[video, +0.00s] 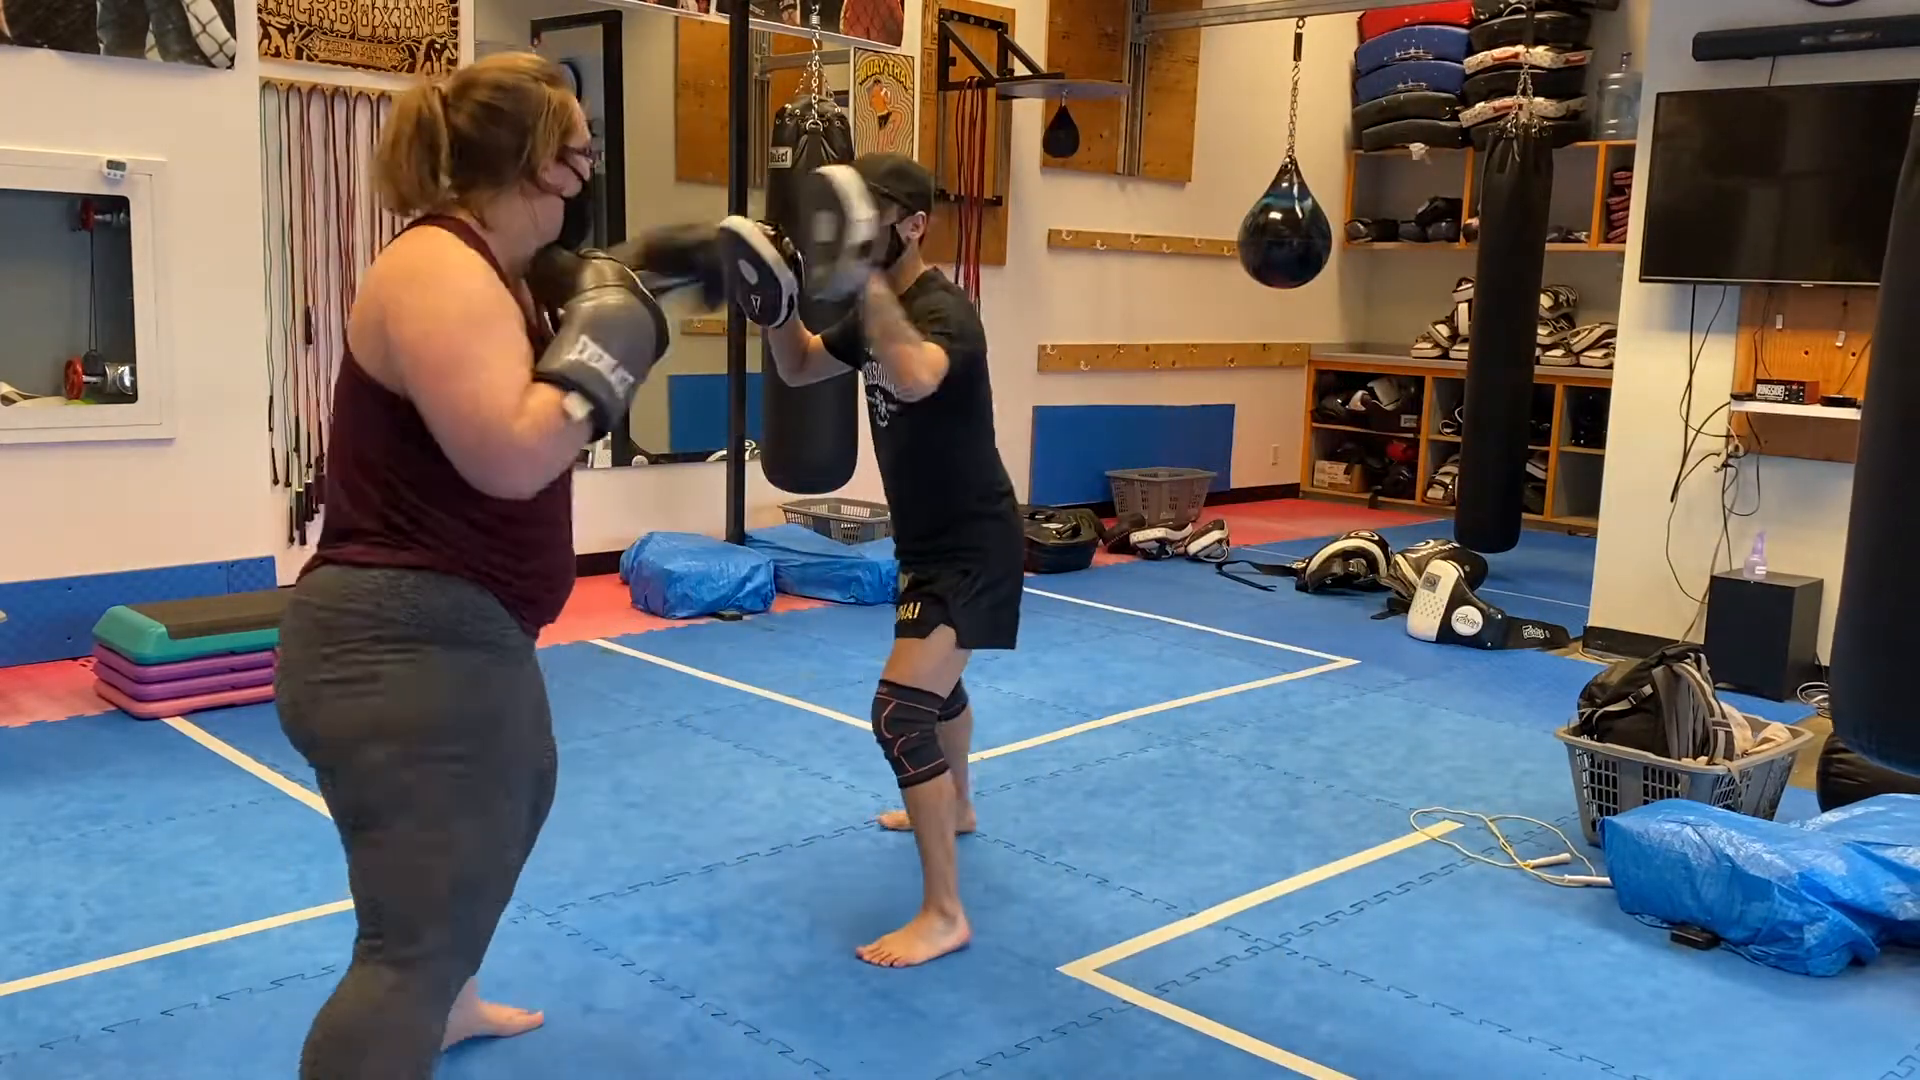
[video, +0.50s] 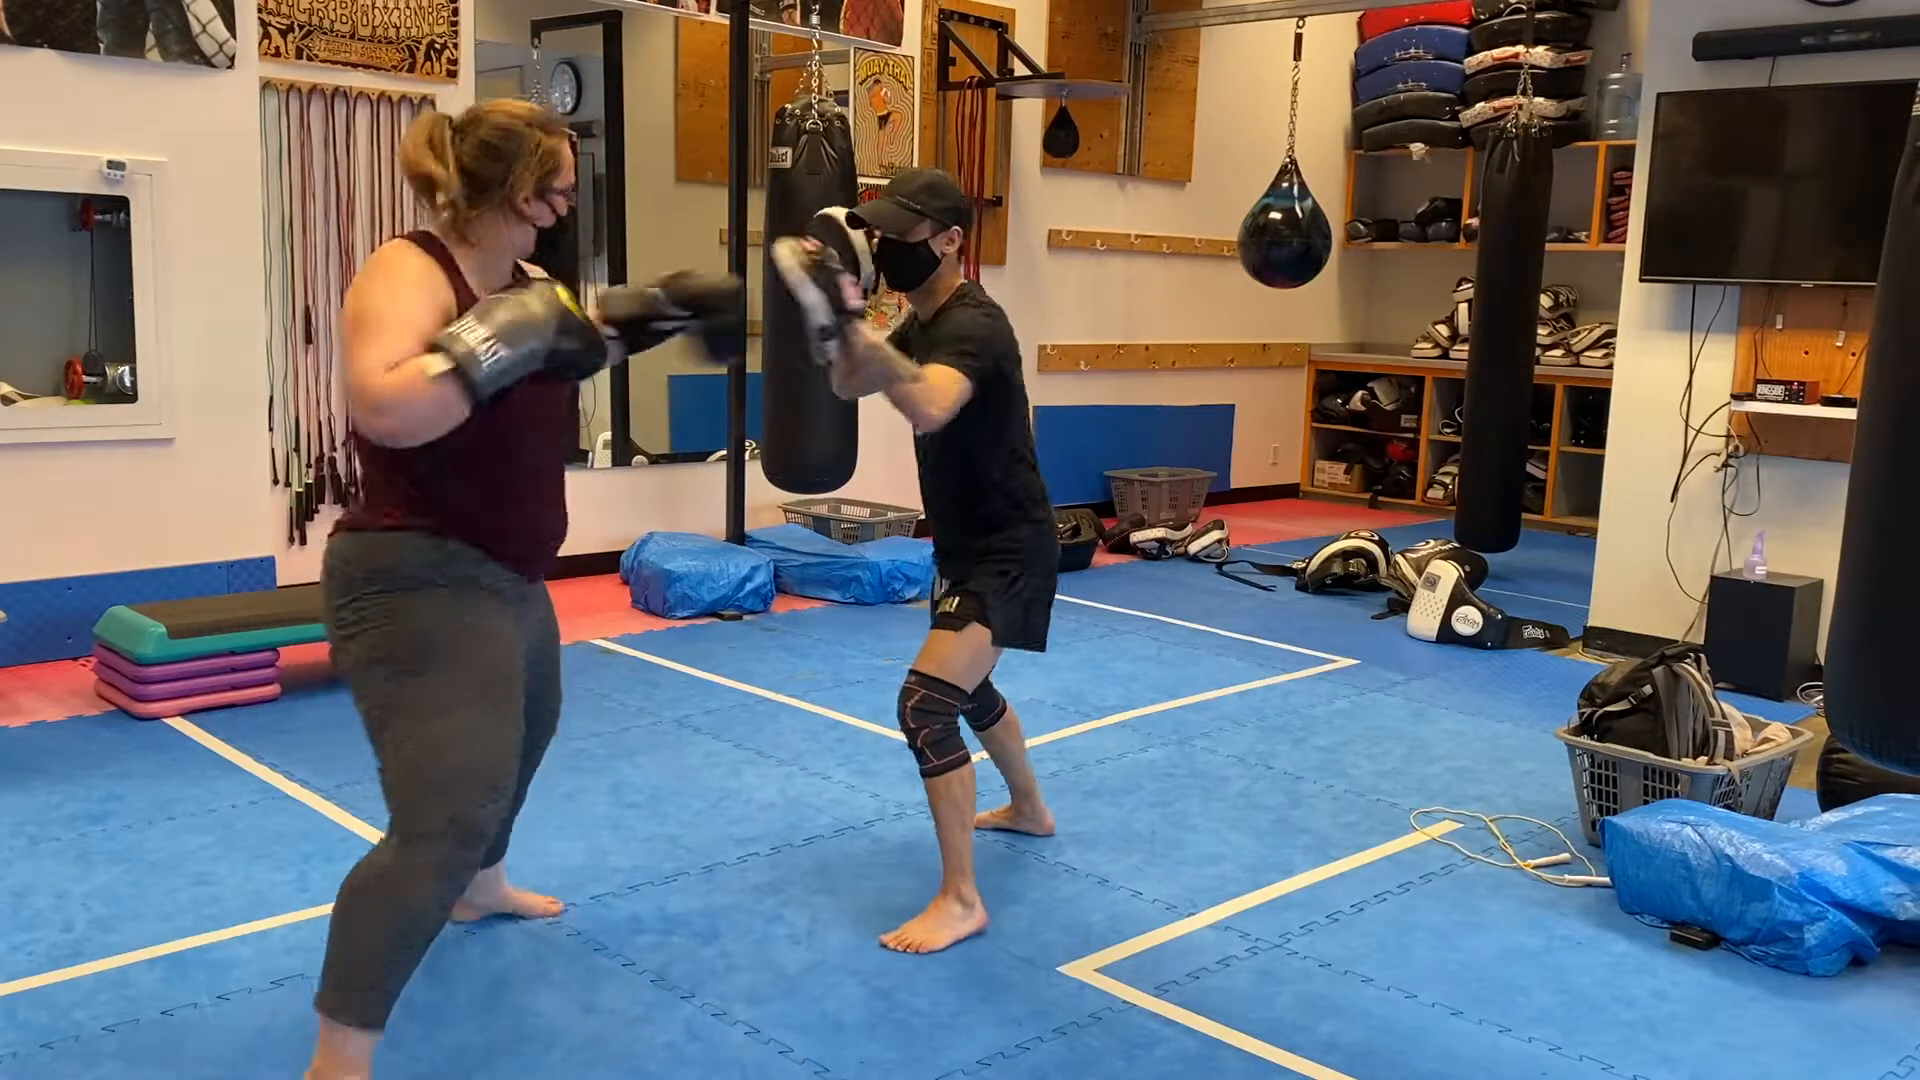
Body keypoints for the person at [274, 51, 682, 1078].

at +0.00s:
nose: (583, 171)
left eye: (582, 151)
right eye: (569, 152)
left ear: (506, 162)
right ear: (514, 162)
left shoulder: (498, 271)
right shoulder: (433, 272)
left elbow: (589, 291)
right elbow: (513, 456)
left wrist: (681, 263)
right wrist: (600, 358)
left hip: (465, 629)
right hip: (399, 638)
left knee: (510, 790)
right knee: (411, 952)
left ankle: (444, 997)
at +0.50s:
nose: (562, 210)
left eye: (564, 194)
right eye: (550, 192)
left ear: (531, 193)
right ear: (499, 186)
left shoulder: (527, 281)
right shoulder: (405, 272)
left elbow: (549, 375)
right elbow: (386, 408)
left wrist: (622, 327)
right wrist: (508, 337)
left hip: (508, 568)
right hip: (416, 570)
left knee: (523, 728)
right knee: (442, 820)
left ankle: (476, 880)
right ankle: (340, 1055)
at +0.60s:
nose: (545, 205)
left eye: (548, 189)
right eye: (536, 186)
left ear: (482, 176)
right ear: (489, 175)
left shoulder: (484, 251)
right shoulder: (443, 249)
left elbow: (532, 361)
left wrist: (587, 307)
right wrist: (604, 308)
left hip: (493, 534)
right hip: (440, 540)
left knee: (526, 695)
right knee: (455, 777)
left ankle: (475, 878)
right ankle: (364, 1028)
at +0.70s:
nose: (545, 193)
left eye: (548, 181)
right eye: (543, 179)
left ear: (443, 162)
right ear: (520, 172)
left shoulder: (361, 250)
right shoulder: (516, 240)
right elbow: (659, 303)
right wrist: (709, 257)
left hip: (398, 525)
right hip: (471, 532)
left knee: (485, 716)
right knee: (472, 769)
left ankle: (475, 878)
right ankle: (392, 999)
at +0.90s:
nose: (523, 183)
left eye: (526, 168)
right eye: (520, 168)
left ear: (430, 149)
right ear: (490, 160)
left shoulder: (360, 235)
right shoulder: (487, 227)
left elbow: (336, 343)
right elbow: (562, 353)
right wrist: (600, 304)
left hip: (381, 501)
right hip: (466, 498)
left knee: (461, 713)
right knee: (509, 725)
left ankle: (467, 886)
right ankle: (461, 958)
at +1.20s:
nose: (491, 178)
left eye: (496, 165)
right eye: (483, 162)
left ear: (442, 158)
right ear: (437, 154)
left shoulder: (435, 230)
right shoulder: (382, 223)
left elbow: (441, 332)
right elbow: (411, 350)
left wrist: (506, 275)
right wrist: (499, 294)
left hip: (447, 496)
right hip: (384, 493)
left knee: (471, 693)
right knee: (445, 709)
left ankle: (473, 884)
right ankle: (337, 923)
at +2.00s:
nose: (441, 176)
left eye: (440, 163)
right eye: (432, 163)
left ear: (385, 164)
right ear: (384, 163)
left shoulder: (385, 244)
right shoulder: (312, 240)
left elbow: (405, 356)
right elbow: (346, 377)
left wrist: (456, 291)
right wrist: (434, 306)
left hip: (398, 517)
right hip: (309, 517)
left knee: (427, 688)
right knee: (311, 735)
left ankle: (425, 854)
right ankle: (215, 946)